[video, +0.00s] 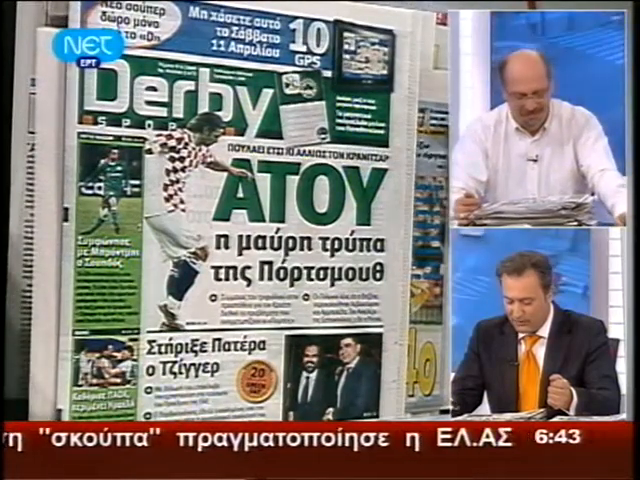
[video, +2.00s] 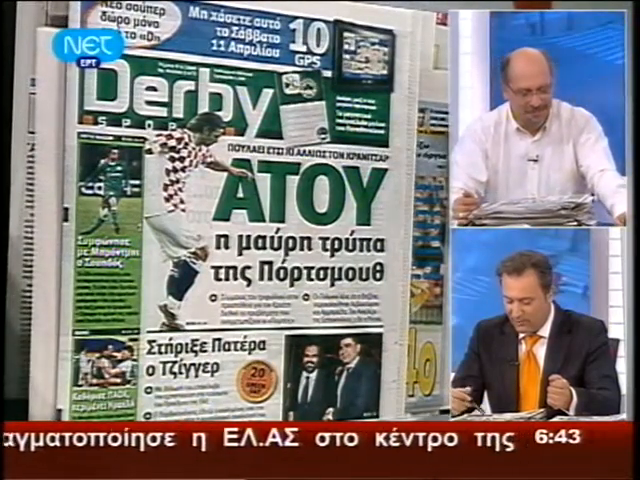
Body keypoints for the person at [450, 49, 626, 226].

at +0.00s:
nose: (531, 105)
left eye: (538, 94)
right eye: (519, 97)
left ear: (550, 86)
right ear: (505, 92)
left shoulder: (579, 123)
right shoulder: (482, 130)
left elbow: (604, 173)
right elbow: (462, 188)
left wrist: (625, 210)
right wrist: (463, 208)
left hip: (567, 243)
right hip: (500, 243)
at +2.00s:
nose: (536, 102)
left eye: (543, 91)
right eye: (525, 93)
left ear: (552, 84)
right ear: (506, 91)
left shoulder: (580, 123)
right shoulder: (482, 131)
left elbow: (603, 173)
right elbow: (462, 189)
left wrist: (624, 210)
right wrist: (463, 208)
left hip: (567, 245)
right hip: (500, 245)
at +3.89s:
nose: (531, 107)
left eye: (539, 96)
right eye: (521, 98)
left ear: (551, 87)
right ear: (505, 91)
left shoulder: (580, 124)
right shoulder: (482, 131)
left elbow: (604, 174)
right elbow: (462, 189)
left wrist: (624, 211)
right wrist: (463, 208)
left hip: (566, 245)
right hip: (499, 245)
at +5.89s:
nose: (527, 106)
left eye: (536, 95)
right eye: (517, 96)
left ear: (551, 87)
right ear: (504, 90)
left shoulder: (579, 124)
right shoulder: (482, 131)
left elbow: (603, 174)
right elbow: (462, 188)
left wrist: (624, 212)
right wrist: (462, 208)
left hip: (567, 244)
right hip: (499, 244)